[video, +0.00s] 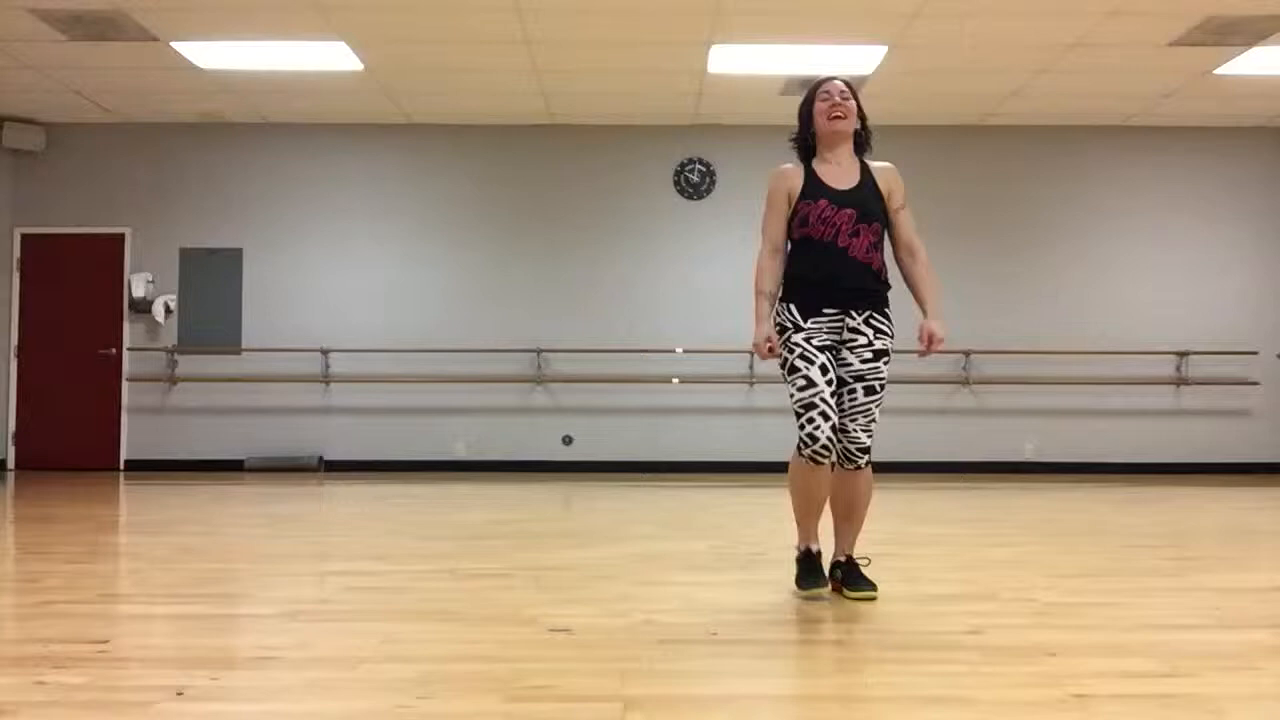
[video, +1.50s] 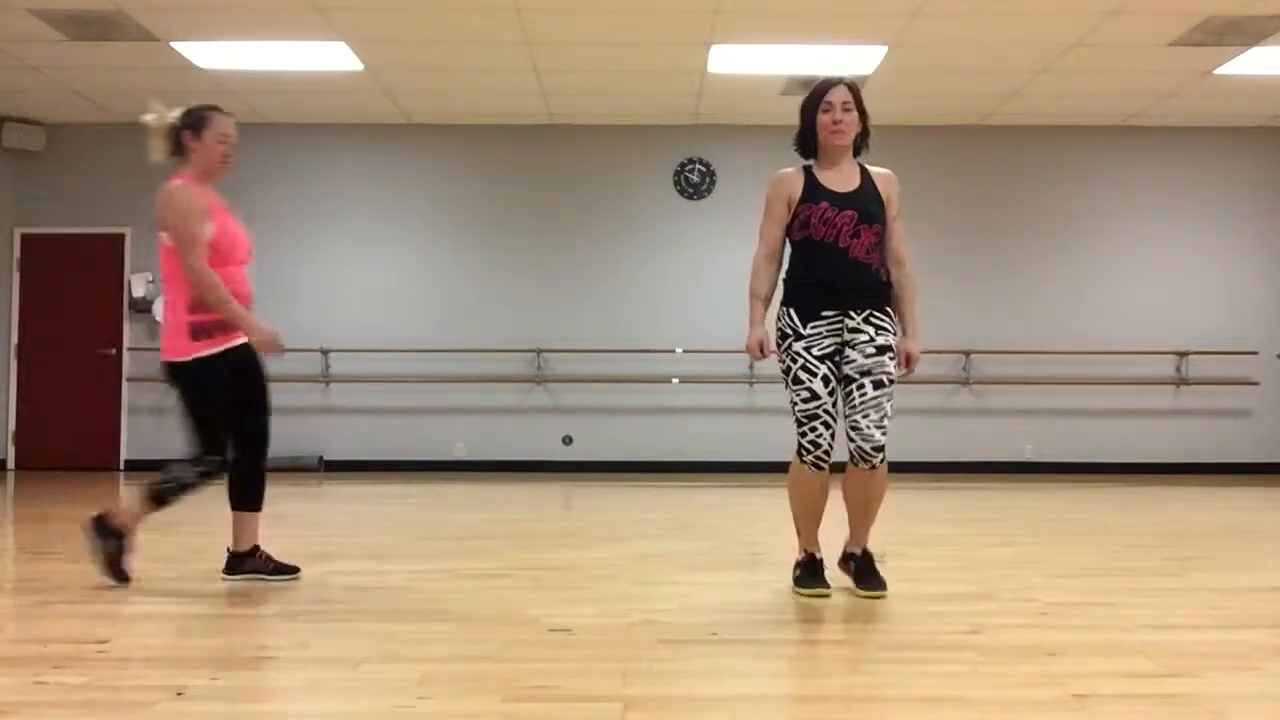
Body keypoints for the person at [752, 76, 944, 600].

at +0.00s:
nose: (836, 102)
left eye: (845, 96)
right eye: (825, 97)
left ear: (859, 114)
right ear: (808, 116)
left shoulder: (884, 176)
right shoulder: (790, 177)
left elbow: (910, 251)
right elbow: (771, 252)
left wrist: (930, 314)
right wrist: (763, 321)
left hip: (868, 322)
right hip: (803, 320)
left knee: (856, 440)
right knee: (818, 433)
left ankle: (846, 561)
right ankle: (808, 551)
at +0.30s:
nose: (835, 108)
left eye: (844, 101)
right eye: (825, 101)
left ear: (857, 117)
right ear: (807, 117)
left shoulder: (877, 185)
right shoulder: (783, 179)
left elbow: (898, 260)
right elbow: (762, 255)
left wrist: (921, 322)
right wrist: (755, 325)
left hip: (862, 325)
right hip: (798, 325)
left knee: (855, 442)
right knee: (819, 441)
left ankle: (845, 559)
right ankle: (804, 555)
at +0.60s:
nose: (835, 107)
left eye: (843, 101)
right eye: (824, 102)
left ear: (857, 117)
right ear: (806, 119)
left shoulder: (878, 184)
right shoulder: (783, 177)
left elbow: (886, 266)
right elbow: (757, 251)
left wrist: (889, 333)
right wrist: (743, 314)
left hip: (860, 320)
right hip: (793, 321)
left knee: (858, 436)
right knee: (803, 438)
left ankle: (847, 541)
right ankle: (804, 557)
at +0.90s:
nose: (837, 109)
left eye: (845, 102)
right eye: (826, 103)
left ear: (859, 117)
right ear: (809, 120)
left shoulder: (882, 181)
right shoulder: (789, 182)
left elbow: (907, 255)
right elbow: (770, 255)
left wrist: (926, 318)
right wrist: (759, 321)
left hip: (867, 325)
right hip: (802, 323)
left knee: (854, 441)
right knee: (816, 434)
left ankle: (841, 558)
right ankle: (803, 547)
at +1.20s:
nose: (834, 115)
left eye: (843, 108)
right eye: (824, 108)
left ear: (856, 121)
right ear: (806, 121)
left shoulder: (878, 184)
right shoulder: (785, 184)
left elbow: (900, 257)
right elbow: (766, 259)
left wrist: (923, 318)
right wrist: (757, 327)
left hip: (867, 325)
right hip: (803, 325)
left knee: (857, 442)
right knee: (821, 438)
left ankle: (843, 556)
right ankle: (807, 553)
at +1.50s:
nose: (838, 117)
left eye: (847, 109)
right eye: (828, 109)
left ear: (861, 120)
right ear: (811, 121)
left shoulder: (883, 183)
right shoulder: (789, 183)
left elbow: (899, 262)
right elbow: (767, 257)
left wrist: (910, 330)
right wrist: (757, 319)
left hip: (873, 323)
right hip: (806, 324)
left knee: (870, 442)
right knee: (818, 441)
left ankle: (857, 550)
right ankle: (808, 555)